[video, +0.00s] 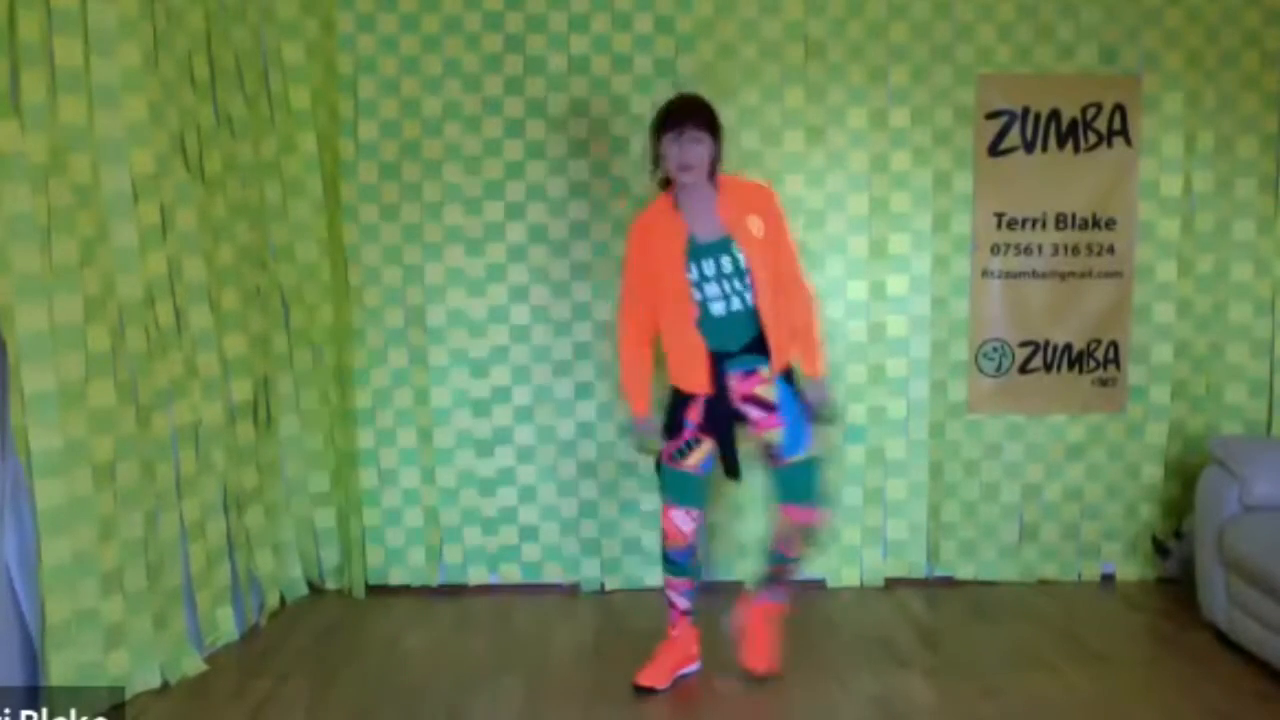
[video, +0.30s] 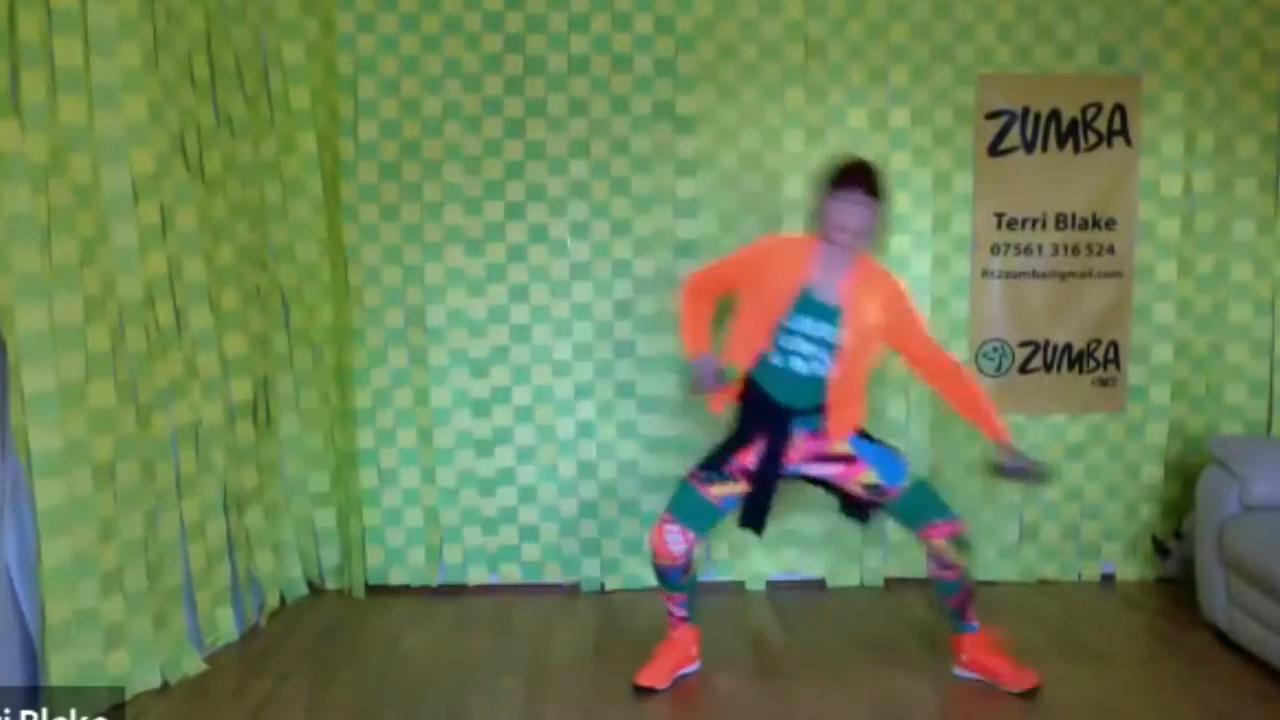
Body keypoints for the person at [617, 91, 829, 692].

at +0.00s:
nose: (686, 152)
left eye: (697, 141)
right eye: (674, 142)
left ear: (717, 149)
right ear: (660, 155)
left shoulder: (754, 201)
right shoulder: (650, 228)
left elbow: (789, 284)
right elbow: (636, 317)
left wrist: (810, 369)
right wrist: (638, 404)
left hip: (765, 369)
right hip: (695, 378)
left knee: (803, 502)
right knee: (679, 513)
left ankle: (766, 606)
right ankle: (680, 634)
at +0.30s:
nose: (849, 223)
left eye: (861, 213)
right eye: (840, 209)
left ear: (876, 222)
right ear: (821, 209)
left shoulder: (881, 293)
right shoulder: (774, 258)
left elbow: (936, 364)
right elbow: (699, 287)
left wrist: (999, 437)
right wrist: (699, 355)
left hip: (834, 441)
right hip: (755, 437)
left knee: (943, 531)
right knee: (670, 541)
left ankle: (969, 646)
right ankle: (680, 638)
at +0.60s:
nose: (952, 260)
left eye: (967, 255)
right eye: (947, 245)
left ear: (980, 274)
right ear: (926, 247)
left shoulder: (966, 346)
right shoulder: (871, 278)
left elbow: (1025, 409)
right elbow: (791, 263)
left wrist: (1097, 475)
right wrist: (784, 331)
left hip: (882, 465)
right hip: (806, 449)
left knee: (998, 529)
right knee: (693, 525)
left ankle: (978, 647)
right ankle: (678, 631)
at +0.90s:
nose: (836, 214)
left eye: (850, 205)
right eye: (832, 201)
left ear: (869, 219)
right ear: (817, 204)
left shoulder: (879, 284)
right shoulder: (775, 258)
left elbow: (934, 356)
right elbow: (701, 308)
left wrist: (988, 432)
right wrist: (693, 381)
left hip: (833, 428)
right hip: (762, 426)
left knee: (935, 527)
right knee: (674, 536)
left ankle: (972, 643)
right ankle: (673, 639)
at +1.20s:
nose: (722, 141)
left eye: (734, 129)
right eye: (711, 128)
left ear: (752, 136)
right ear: (694, 133)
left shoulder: (778, 196)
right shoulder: (670, 203)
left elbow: (804, 283)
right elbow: (644, 294)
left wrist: (820, 367)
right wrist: (627, 385)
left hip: (776, 359)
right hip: (705, 363)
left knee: (792, 497)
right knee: (688, 506)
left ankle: (797, 629)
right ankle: (676, 632)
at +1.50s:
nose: (695, 132)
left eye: (709, 124)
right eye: (685, 121)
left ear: (724, 139)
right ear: (667, 132)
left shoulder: (736, 218)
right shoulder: (625, 201)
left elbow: (745, 312)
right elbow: (587, 281)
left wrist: (744, 401)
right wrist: (572, 364)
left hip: (695, 370)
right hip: (620, 367)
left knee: (717, 507)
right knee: (577, 497)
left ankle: (713, 637)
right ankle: (571, 618)